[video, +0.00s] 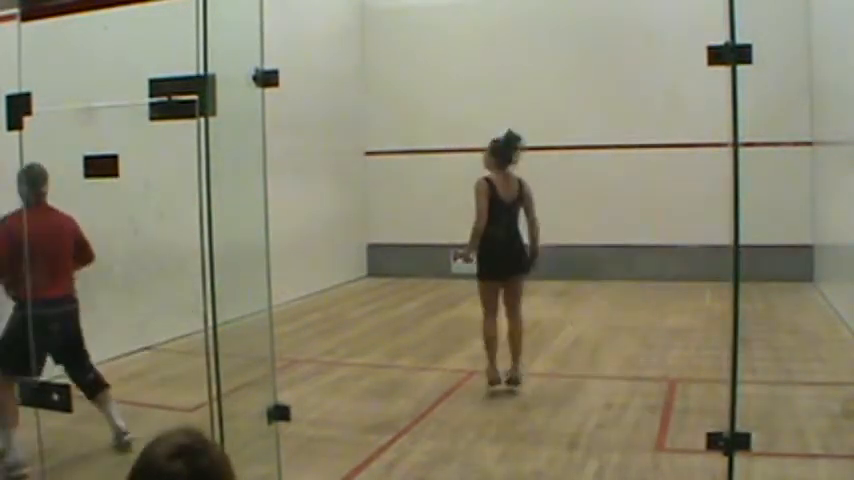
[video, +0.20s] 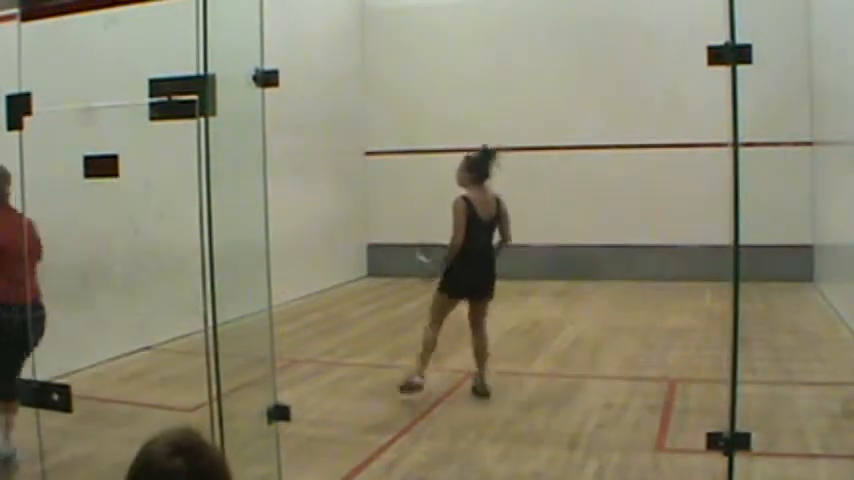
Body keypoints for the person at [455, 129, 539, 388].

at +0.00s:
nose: (484, 157)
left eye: (487, 154)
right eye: (486, 153)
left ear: (493, 158)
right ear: (508, 159)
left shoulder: (484, 184)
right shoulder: (520, 184)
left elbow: (481, 220)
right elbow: (532, 221)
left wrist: (469, 248)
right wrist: (534, 249)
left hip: (490, 254)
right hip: (516, 252)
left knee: (490, 313)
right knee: (514, 311)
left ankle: (492, 368)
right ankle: (515, 367)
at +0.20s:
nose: (457, 174)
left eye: (461, 170)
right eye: (459, 169)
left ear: (470, 174)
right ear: (482, 175)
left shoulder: (463, 202)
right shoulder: (496, 201)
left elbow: (457, 240)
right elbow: (506, 238)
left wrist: (445, 262)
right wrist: (491, 252)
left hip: (460, 270)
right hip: (485, 271)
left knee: (435, 321)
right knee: (478, 324)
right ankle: (480, 379)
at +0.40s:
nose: (422, 182)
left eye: (425, 178)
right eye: (423, 177)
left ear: (437, 182)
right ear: (446, 182)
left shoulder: (428, 210)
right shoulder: (463, 209)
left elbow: (422, 251)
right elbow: (468, 252)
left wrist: (401, 278)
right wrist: (449, 256)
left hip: (426, 280)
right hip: (453, 279)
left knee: (398, 333)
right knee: (458, 329)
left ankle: (373, 381)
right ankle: (478, 381)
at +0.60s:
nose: (385, 187)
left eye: (388, 183)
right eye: (386, 182)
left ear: (398, 186)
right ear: (411, 187)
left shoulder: (386, 214)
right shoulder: (425, 215)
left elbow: (379, 254)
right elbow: (435, 256)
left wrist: (357, 282)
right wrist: (415, 268)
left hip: (387, 285)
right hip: (415, 283)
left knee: (375, 344)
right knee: (437, 336)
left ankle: (370, 396)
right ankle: (467, 383)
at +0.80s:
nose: (370, 169)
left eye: (370, 165)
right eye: (374, 165)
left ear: (371, 168)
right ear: (393, 168)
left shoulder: (361, 199)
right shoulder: (405, 201)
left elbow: (348, 236)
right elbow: (420, 243)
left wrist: (324, 262)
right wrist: (398, 253)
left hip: (369, 274)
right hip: (399, 273)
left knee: (361, 332)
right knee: (409, 330)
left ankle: (363, 389)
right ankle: (420, 388)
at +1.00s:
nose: (365, 195)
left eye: (356, 191)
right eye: (369, 190)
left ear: (351, 194)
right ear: (373, 192)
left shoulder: (343, 223)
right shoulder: (388, 223)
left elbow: (328, 262)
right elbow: (404, 262)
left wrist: (305, 291)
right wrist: (388, 272)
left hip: (350, 296)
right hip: (381, 295)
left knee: (326, 342)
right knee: (403, 347)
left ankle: (305, 395)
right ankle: (419, 398)